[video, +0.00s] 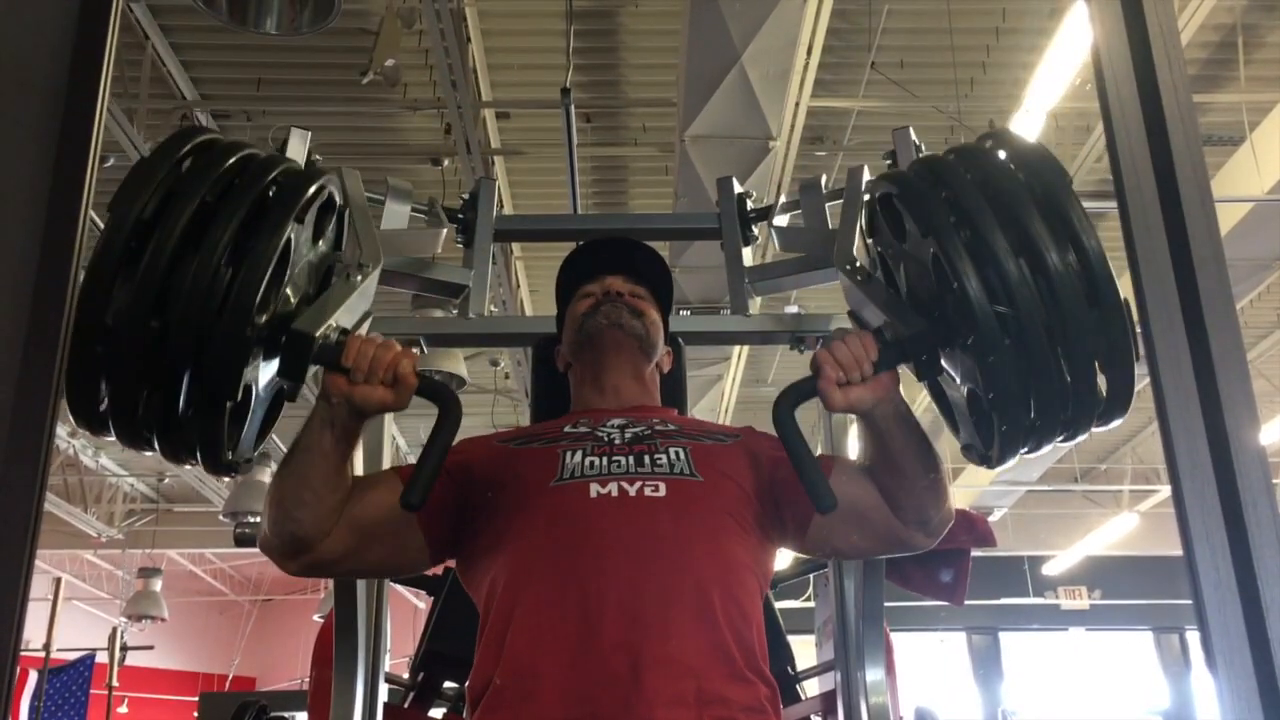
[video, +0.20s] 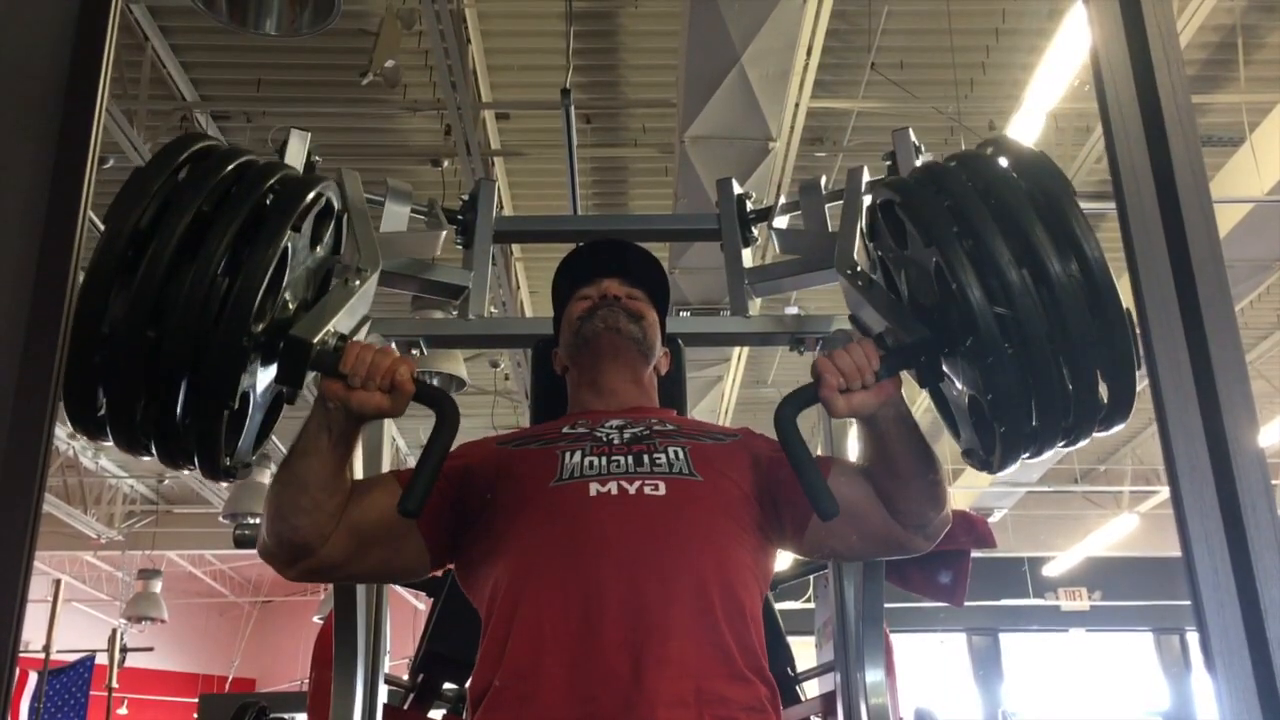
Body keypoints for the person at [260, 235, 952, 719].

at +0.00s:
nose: (615, 296)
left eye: (638, 297)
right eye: (590, 297)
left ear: (670, 357)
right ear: (556, 356)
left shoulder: (746, 455)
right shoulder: (486, 463)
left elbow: (920, 518)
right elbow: (301, 541)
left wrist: (879, 404)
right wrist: (343, 409)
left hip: (727, 707)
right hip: (528, 708)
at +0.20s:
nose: (611, 300)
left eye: (635, 301)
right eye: (586, 302)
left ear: (668, 358)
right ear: (554, 360)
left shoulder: (747, 457)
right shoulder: (489, 466)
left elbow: (917, 518)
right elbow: (299, 547)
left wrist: (882, 410)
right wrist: (340, 412)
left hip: (724, 703)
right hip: (529, 705)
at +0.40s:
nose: (615, 306)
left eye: (638, 309)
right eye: (589, 308)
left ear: (669, 363)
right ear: (555, 363)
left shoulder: (744, 455)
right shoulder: (490, 461)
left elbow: (921, 478)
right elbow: (297, 482)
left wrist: (876, 363)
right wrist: (354, 347)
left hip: (725, 703)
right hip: (525, 704)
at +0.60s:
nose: (609, 312)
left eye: (633, 313)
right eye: (583, 312)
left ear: (664, 363)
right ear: (553, 365)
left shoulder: (751, 452)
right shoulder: (482, 457)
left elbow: (912, 413)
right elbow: (314, 400)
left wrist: (851, 263)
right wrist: (375, 254)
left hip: (722, 708)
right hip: (526, 707)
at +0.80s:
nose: (606, 314)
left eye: (631, 313)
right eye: (583, 311)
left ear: (665, 363)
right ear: (551, 361)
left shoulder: (753, 449)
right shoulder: (482, 450)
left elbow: (877, 358)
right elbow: (356, 333)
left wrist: (836, 198)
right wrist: (395, 181)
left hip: (723, 708)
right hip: (521, 708)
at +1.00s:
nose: (609, 310)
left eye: (632, 310)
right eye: (585, 309)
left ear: (664, 362)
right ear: (555, 360)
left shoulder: (754, 448)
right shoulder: (485, 450)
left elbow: (836, 312)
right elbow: (406, 302)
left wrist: (824, 145)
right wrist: (408, 133)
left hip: (723, 707)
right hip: (515, 706)